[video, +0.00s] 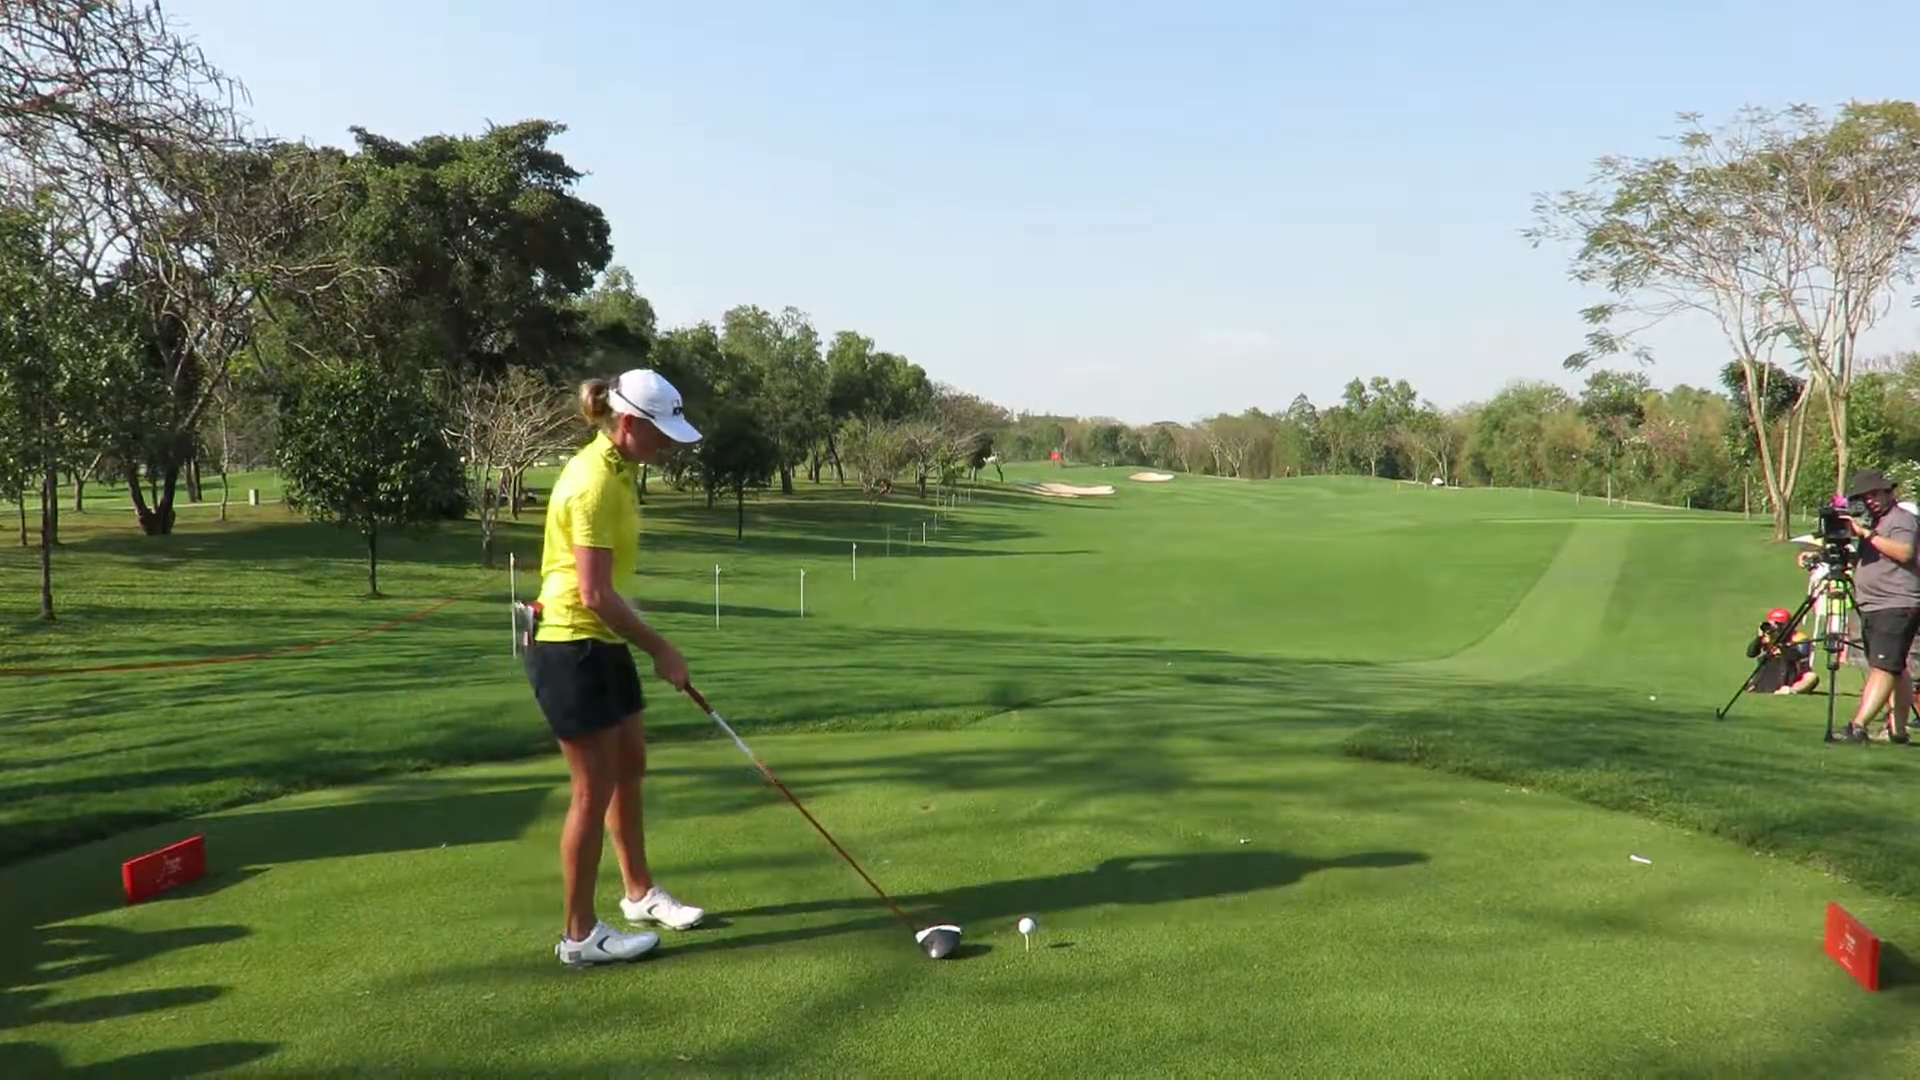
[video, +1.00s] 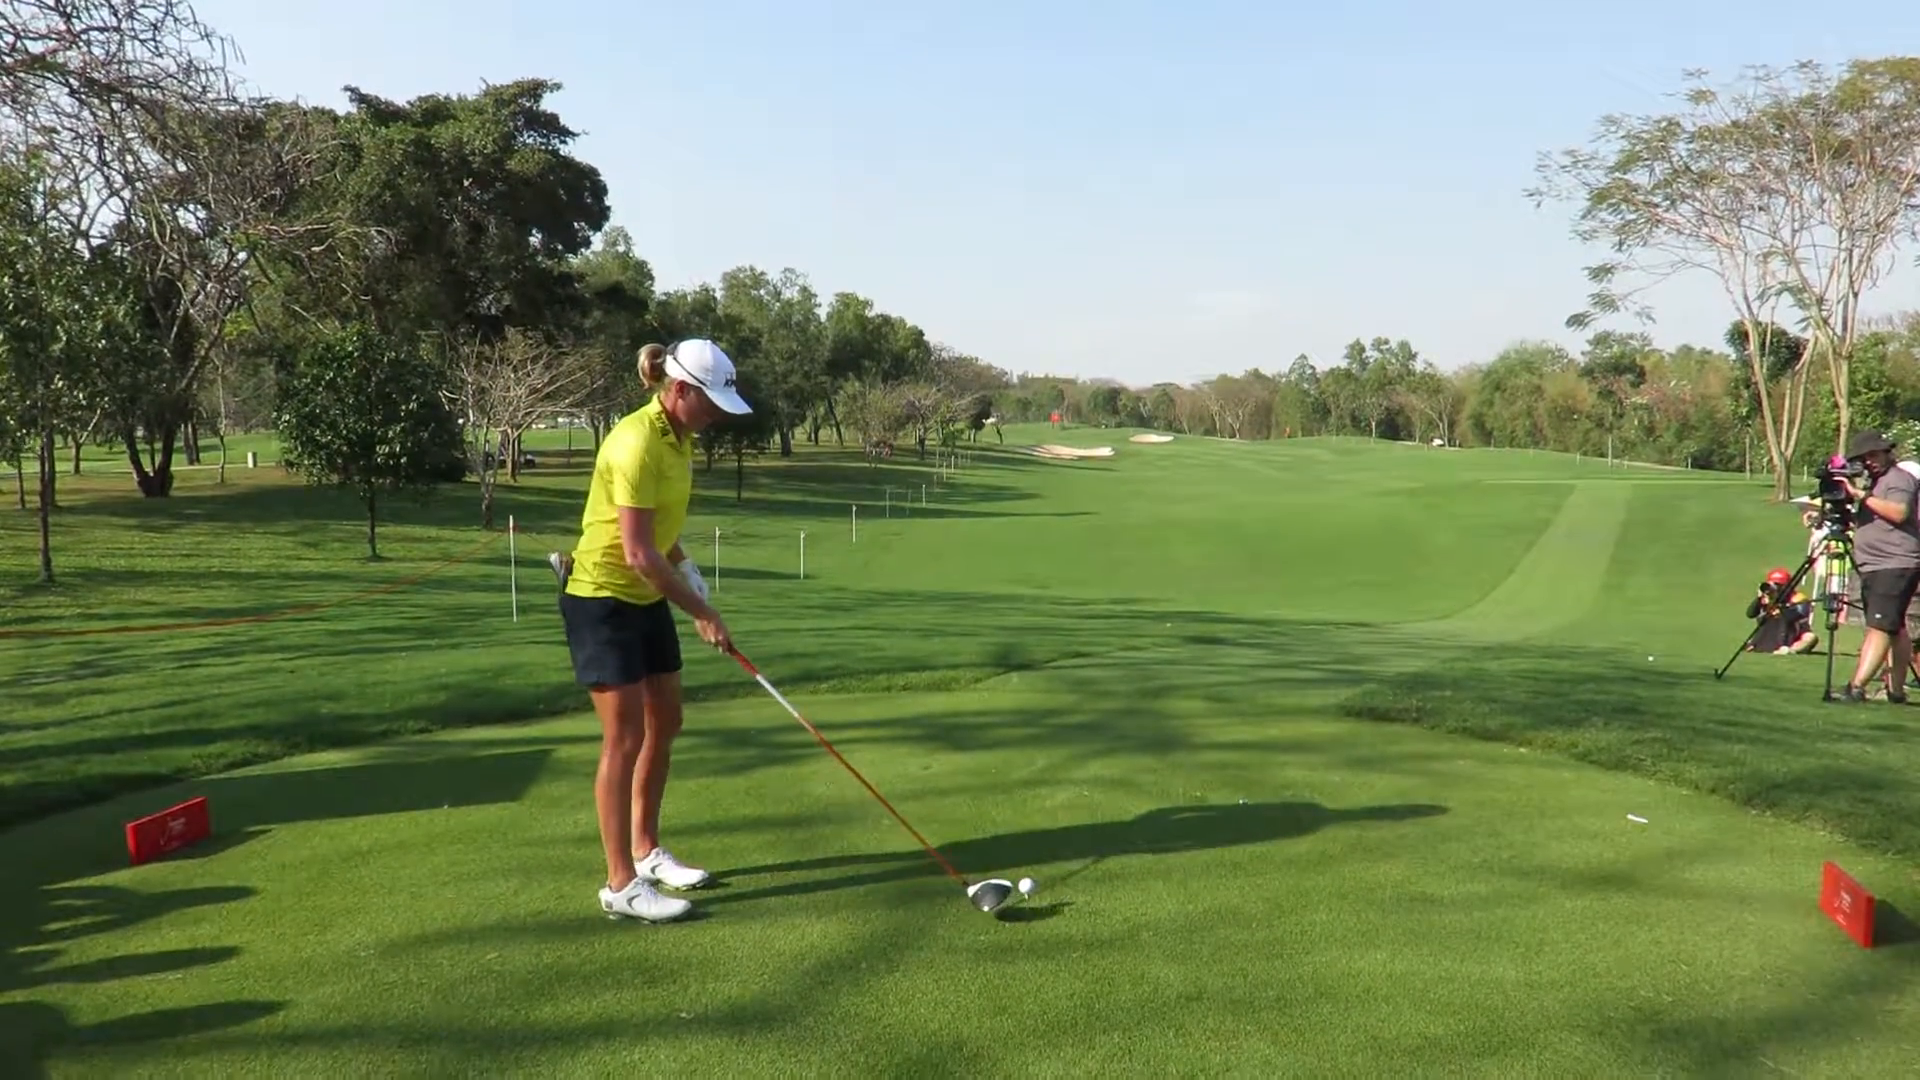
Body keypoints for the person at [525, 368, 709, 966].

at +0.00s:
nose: (667, 446)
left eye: (669, 436)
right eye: (661, 435)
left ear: (632, 425)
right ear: (626, 425)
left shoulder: (613, 472)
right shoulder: (594, 482)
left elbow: (589, 569)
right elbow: (596, 594)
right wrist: (661, 649)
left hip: (603, 644)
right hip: (572, 647)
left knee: (629, 764)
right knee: (594, 787)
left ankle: (640, 894)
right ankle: (579, 933)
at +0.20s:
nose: (693, 443)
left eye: (696, 433)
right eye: (687, 432)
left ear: (663, 423)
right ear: (653, 421)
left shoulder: (652, 471)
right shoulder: (611, 476)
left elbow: (637, 560)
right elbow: (606, 586)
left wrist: (656, 597)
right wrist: (673, 641)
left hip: (632, 632)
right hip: (590, 634)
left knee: (643, 760)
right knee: (613, 771)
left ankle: (641, 889)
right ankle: (584, 922)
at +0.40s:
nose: (705, 438)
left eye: (709, 429)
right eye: (699, 426)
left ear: (686, 418)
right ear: (668, 413)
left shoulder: (673, 463)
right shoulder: (622, 467)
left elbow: (651, 536)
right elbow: (608, 567)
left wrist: (674, 576)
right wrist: (669, 631)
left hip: (643, 621)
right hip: (595, 622)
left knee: (650, 745)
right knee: (614, 755)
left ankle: (642, 879)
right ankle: (594, 900)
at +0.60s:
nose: (711, 427)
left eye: (715, 417)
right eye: (705, 414)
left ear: (697, 407)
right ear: (675, 401)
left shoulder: (681, 451)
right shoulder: (628, 450)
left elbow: (658, 524)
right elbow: (612, 552)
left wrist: (679, 566)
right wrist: (670, 614)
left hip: (650, 608)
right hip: (600, 607)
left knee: (652, 731)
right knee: (622, 736)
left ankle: (643, 866)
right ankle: (594, 883)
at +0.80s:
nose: (712, 420)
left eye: (717, 411)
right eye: (706, 407)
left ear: (699, 400)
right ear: (677, 393)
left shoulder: (681, 445)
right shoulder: (631, 443)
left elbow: (660, 523)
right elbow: (621, 548)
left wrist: (683, 567)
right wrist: (683, 608)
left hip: (651, 601)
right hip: (604, 600)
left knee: (649, 728)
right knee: (630, 730)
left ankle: (642, 856)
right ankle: (617, 881)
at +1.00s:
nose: (716, 416)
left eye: (720, 406)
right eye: (710, 404)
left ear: (692, 395)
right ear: (679, 391)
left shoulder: (677, 440)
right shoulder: (636, 443)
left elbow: (658, 526)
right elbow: (638, 554)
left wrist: (684, 574)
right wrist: (702, 613)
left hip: (648, 596)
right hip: (603, 600)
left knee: (664, 720)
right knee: (624, 736)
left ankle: (643, 853)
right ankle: (620, 884)